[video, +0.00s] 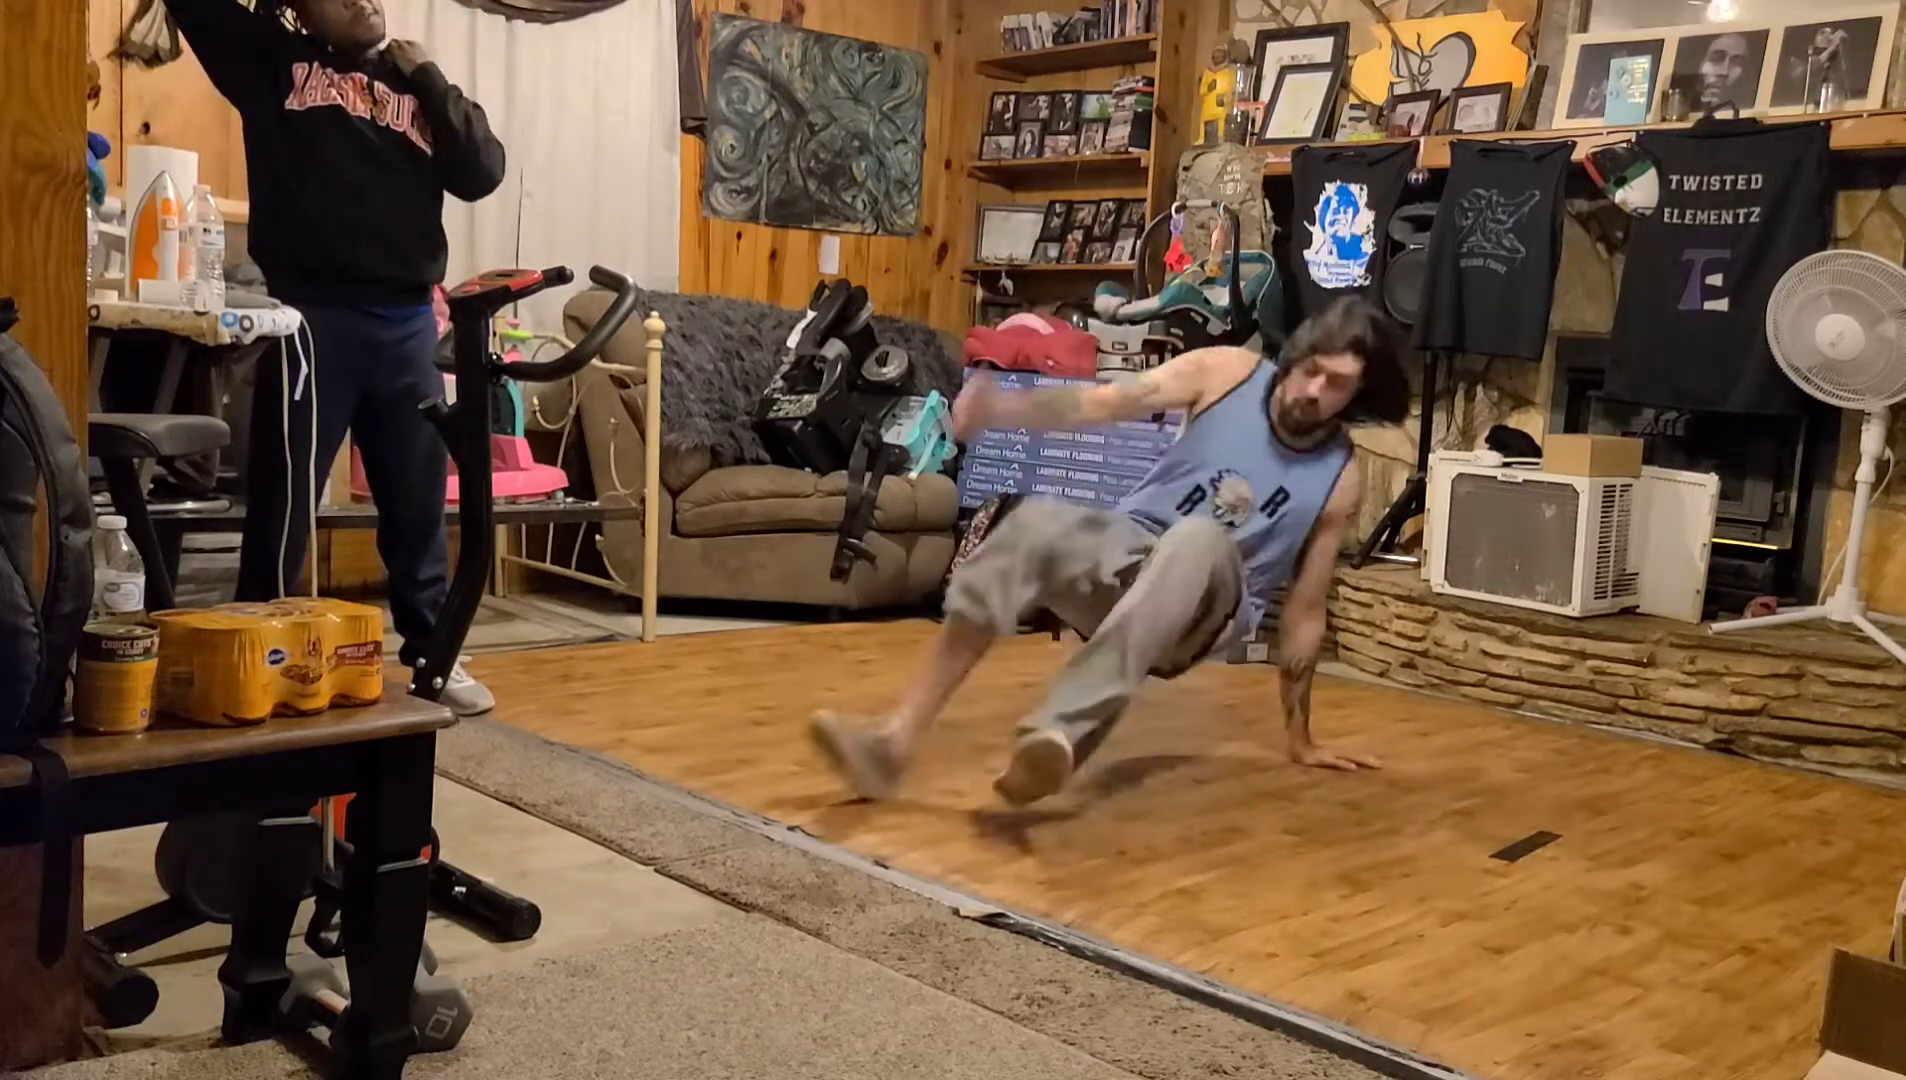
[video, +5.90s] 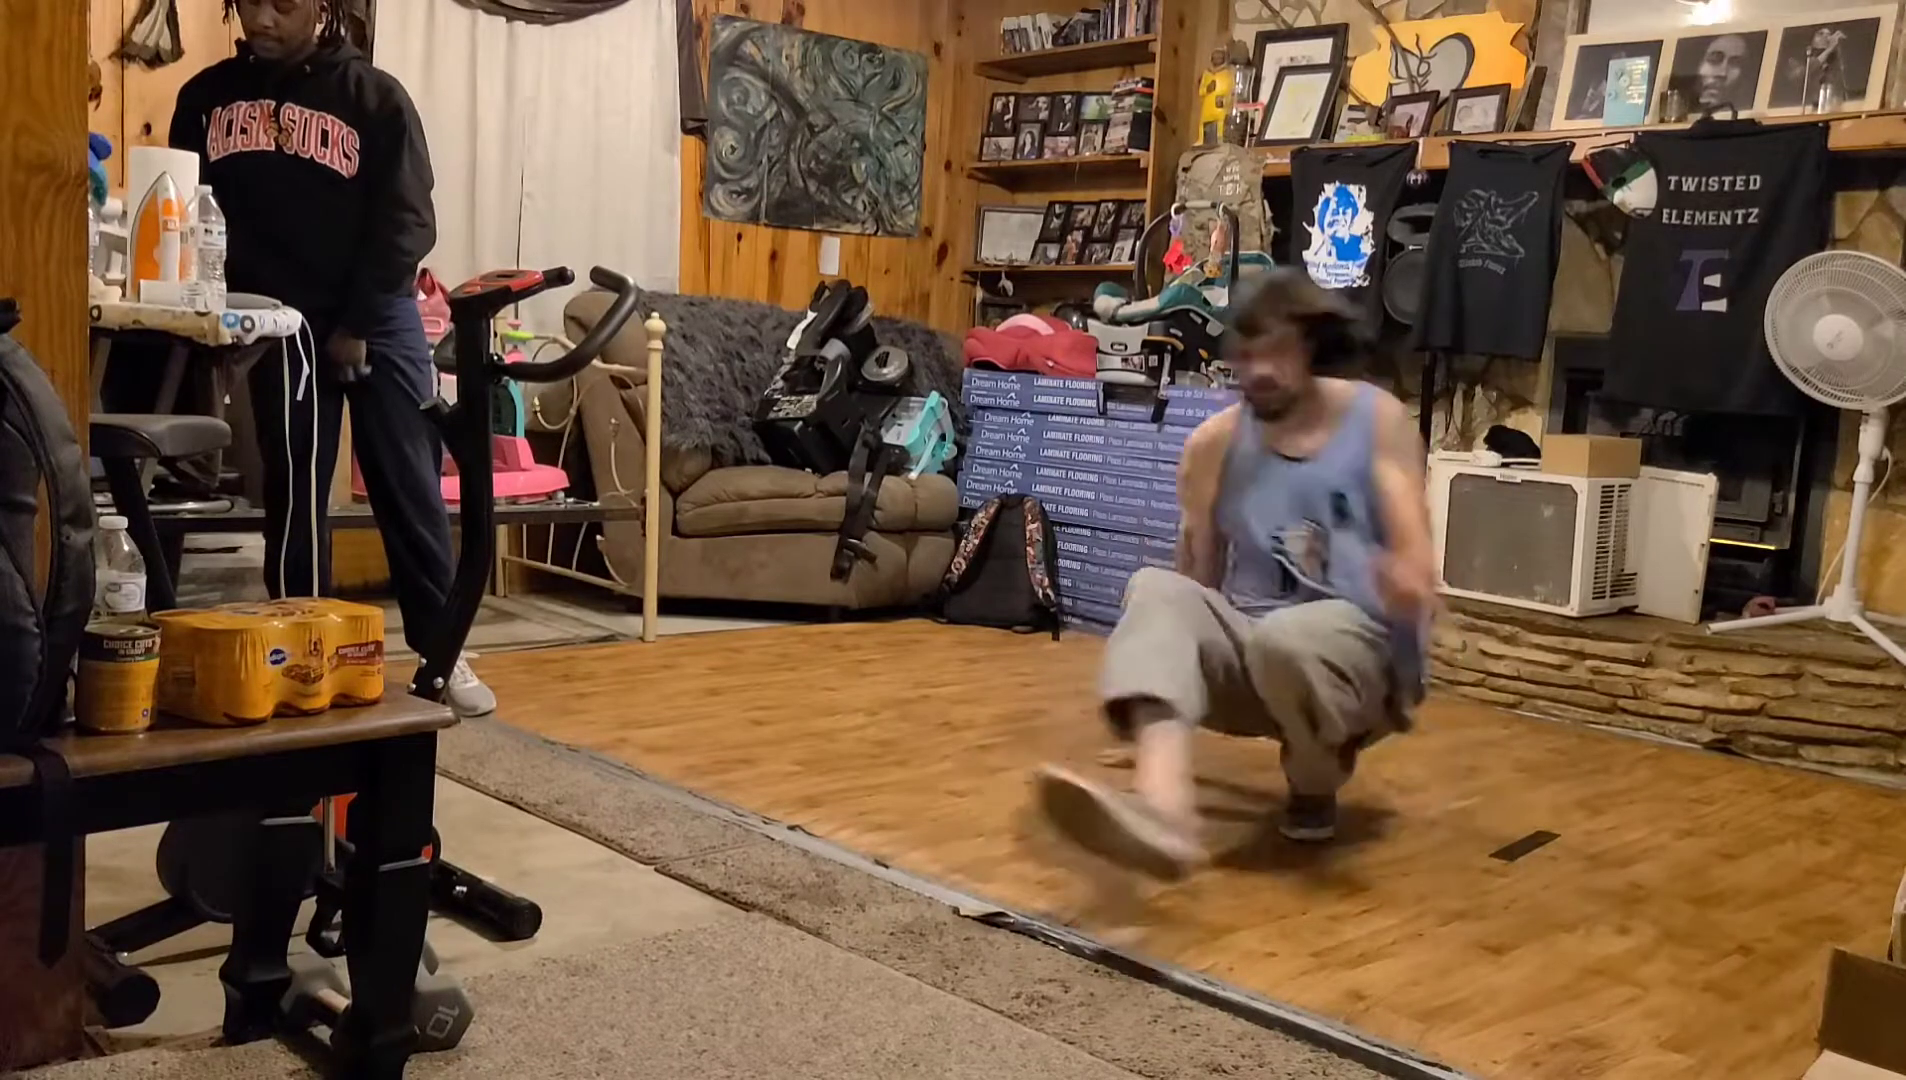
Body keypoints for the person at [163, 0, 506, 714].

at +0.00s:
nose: (366, 5)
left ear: (375, 7)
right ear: (300, 10)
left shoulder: (418, 84)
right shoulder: (270, 60)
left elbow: (481, 175)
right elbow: (191, 2)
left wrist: (429, 82)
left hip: (405, 323)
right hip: (308, 317)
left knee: (417, 502)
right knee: (284, 503)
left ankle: (434, 657)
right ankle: (259, 662)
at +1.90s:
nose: (382, 4)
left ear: (395, 10)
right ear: (323, 6)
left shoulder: (423, 97)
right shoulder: (286, 63)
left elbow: (450, 220)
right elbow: (207, 51)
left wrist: (461, 132)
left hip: (400, 324)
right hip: (300, 321)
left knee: (413, 500)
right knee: (279, 500)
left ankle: (432, 657)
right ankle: (257, 662)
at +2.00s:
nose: (386, 3)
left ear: (401, 11)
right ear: (331, 2)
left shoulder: (429, 99)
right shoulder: (287, 63)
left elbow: (448, 220)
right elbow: (234, 121)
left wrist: (463, 141)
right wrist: (257, 22)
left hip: (398, 325)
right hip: (298, 322)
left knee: (413, 499)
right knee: (278, 499)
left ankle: (432, 658)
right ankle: (252, 660)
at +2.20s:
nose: (414, 10)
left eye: (417, 3)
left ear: (415, 16)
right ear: (344, 4)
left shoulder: (435, 105)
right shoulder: (290, 74)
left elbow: (448, 224)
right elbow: (247, 149)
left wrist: (474, 156)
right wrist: (326, 117)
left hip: (400, 327)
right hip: (303, 326)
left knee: (415, 498)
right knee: (280, 499)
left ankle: (432, 656)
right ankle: (253, 660)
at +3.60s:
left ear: (477, 12)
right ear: (403, 8)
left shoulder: (508, 117)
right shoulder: (351, 89)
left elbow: (530, 236)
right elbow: (302, 186)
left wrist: (455, 249)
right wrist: (320, 204)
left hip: (451, 334)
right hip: (356, 327)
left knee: (449, 502)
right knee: (333, 495)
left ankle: (434, 661)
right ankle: (308, 657)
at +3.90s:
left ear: (417, 7)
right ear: (334, 5)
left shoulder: (456, 112)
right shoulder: (293, 93)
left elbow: (472, 245)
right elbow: (274, 197)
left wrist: (424, 333)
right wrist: (217, 214)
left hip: (416, 334)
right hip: (317, 329)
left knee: (433, 497)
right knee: (314, 494)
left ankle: (433, 657)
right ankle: (305, 654)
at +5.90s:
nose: (258, 17)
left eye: (278, 4)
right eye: (249, 3)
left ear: (320, 11)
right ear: (236, 8)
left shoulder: (373, 97)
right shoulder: (206, 97)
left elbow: (406, 226)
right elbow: (177, 215)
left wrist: (357, 322)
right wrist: (208, 316)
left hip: (376, 309)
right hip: (275, 314)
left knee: (409, 482)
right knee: (292, 488)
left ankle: (442, 653)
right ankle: (298, 650)